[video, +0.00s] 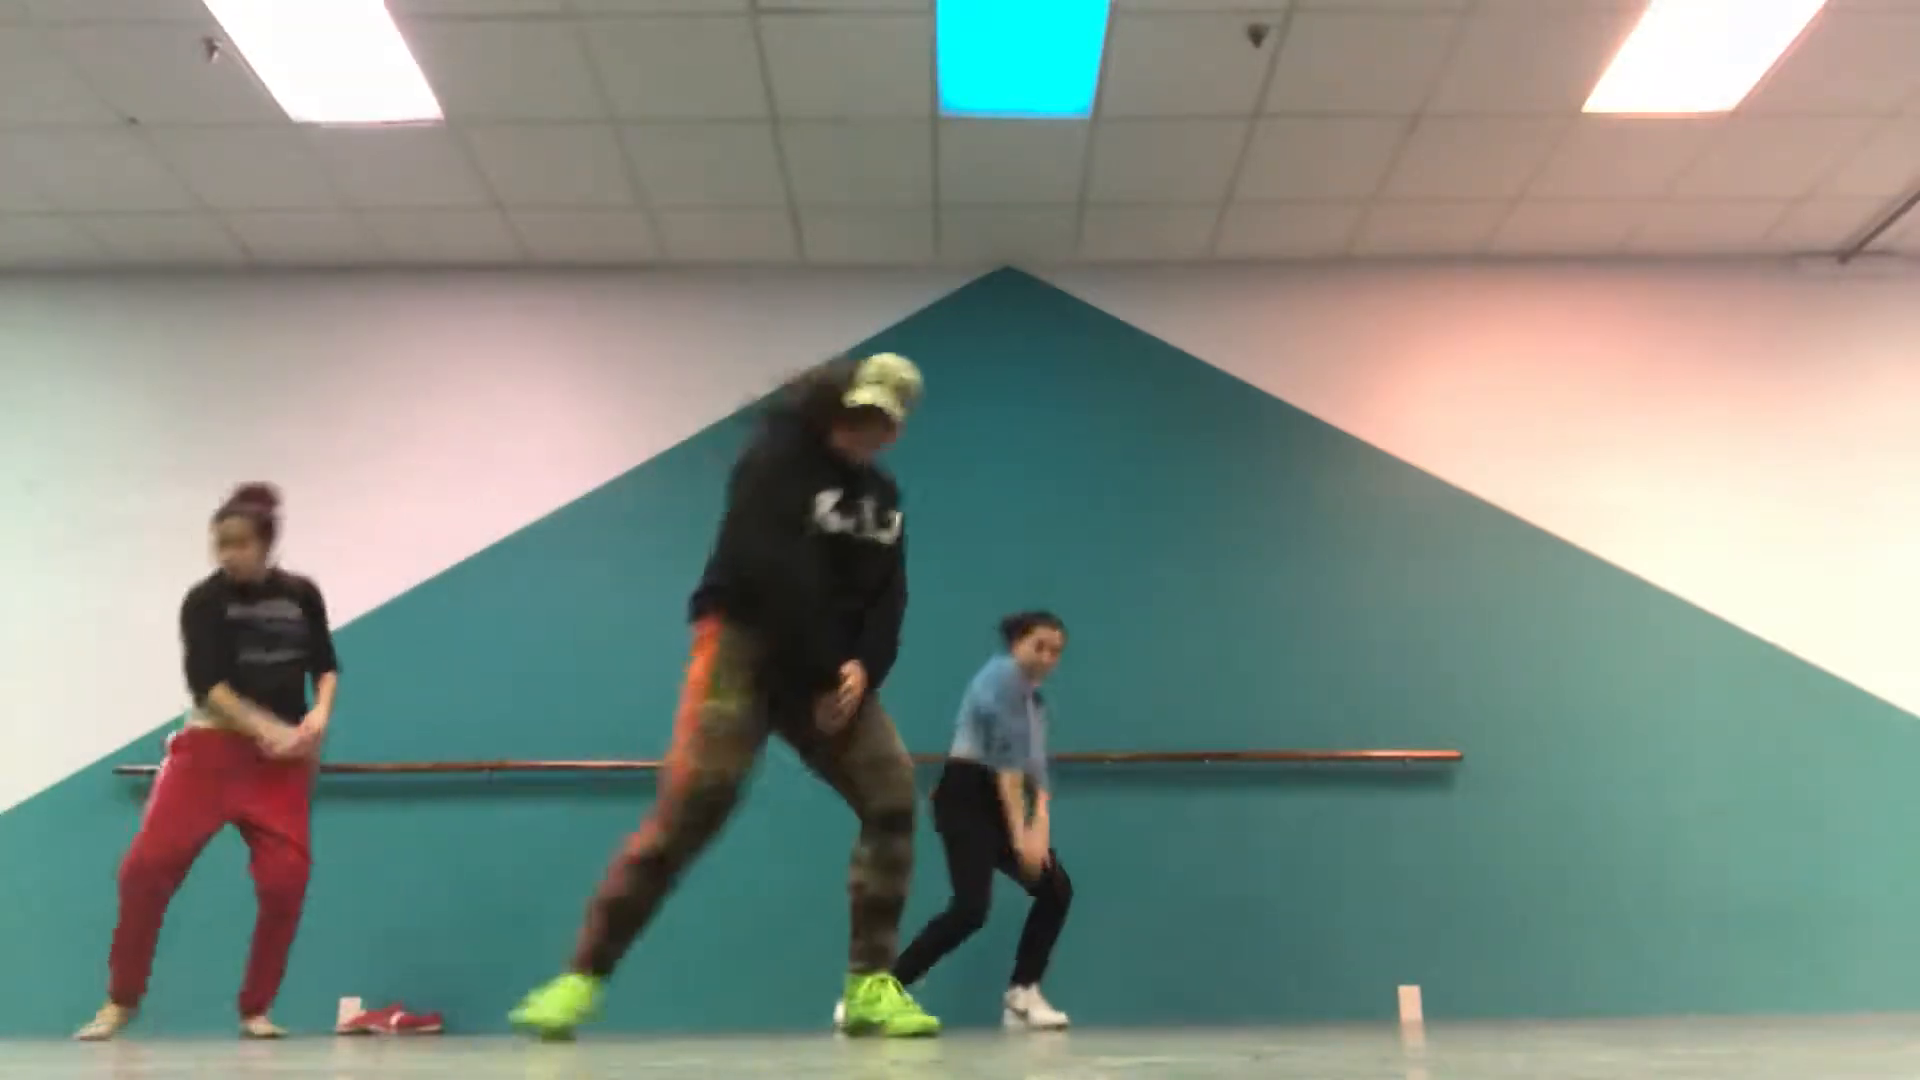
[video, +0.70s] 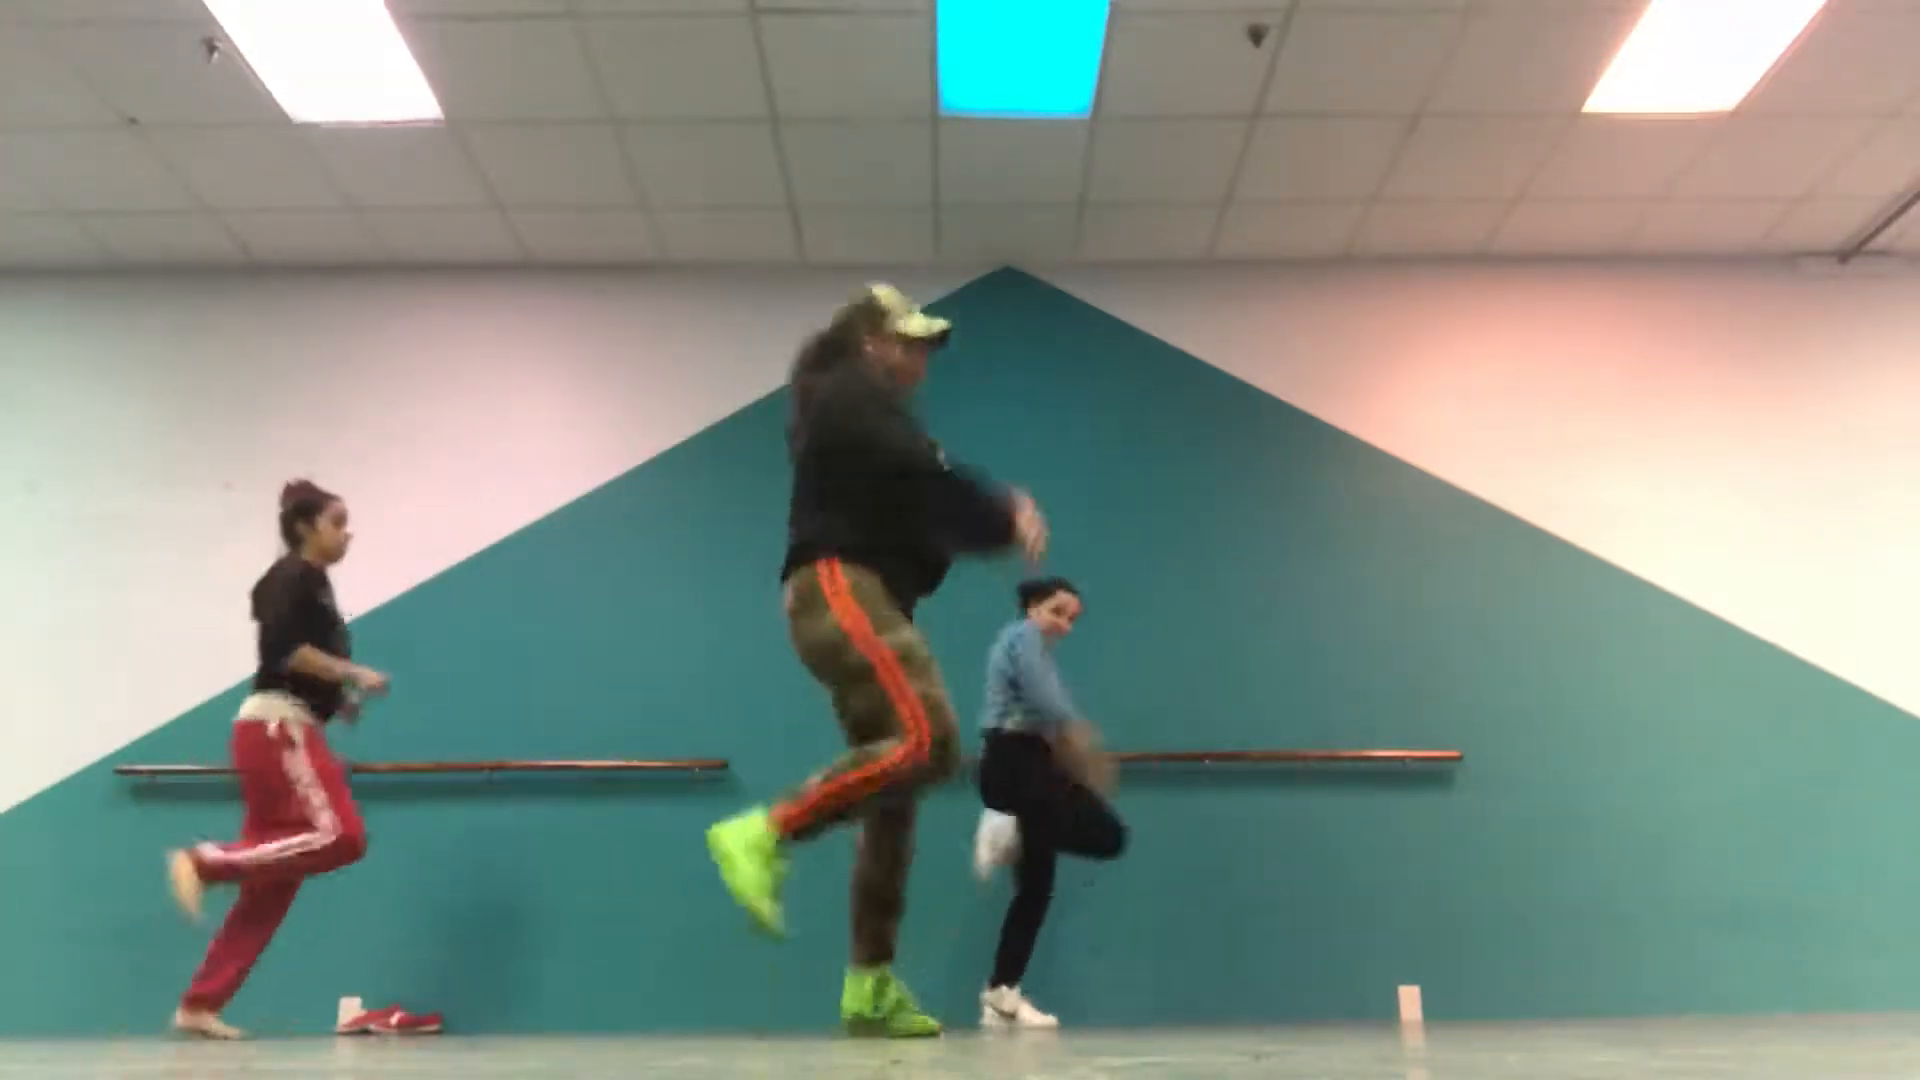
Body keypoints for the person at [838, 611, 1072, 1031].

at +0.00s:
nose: (1046, 658)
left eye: (1054, 652)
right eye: (1040, 647)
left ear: (1058, 657)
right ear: (1017, 644)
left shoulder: (1034, 700)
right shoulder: (1001, 680)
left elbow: (1040, 777)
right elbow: (1005, 770)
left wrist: (1039, 832)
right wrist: (1020, 836)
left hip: (1001, 796)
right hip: (964, 792)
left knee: (1056, 889)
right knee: (971, 908)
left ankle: (1023, 991)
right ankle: (881, 993)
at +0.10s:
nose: (1053, 606)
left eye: (1055, 598)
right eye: (1046, 595)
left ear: (1047, 604)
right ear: (1020, 596)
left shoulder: (1033, 647)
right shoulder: (1003, 636)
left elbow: (1043, 723)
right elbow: (1014, 720)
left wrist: (1053, 777)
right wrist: (1031, 785)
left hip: (1009, 752)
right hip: (976, 749)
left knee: (1033, 869)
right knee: (971, 867)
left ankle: (1023, 987)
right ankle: (906, 959)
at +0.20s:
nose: (1043, 563)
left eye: (1046, 558)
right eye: (1031, 558)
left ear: (1051, 575)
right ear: (1008, 573)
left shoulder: (1043, 628)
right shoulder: (1005, 617)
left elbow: (1059, 691)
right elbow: (1031, 690)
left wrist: (1080, 735)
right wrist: (1061, 741)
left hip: (1004, 727)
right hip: (974, 721)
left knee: (1015, 844)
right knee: (970, 840)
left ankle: (1030, 968)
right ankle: (930, 960)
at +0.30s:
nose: (1036, 567)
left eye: (1039, 562)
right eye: (1023, 562)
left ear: (1043, 580)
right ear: (1001, 580)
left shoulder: (1030, 624)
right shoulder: (1005, 612)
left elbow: (1068, 676)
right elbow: (1052, 661)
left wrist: (1109, 713)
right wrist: (1107, 706)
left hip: (1005, 738)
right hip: (979, 731)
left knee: (1019, 855)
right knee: (972, 847)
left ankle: (1014, 977)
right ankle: (934, 967)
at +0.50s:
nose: (1053, 603)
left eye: (1059, 597)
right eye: (1044, 592)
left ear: (1059, 604)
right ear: (1018, 593)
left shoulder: (1034, 634)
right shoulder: (1019, 626)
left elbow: (1062, 701)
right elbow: (1060, 690)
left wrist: (1096, 739)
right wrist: (1105, 744)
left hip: (1010, 749)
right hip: (993, 747)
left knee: (1027, 871)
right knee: (1020, 869)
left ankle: (1005, 987)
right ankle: (945, 964)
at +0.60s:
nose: (1065, 624)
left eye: (1071, 618)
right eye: (1059, 612)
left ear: (1070, 621)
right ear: (1034, 605)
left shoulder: (1040, 654)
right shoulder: (1021, 638)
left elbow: (1040, 721)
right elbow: (1033, 709)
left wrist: (1059, 770)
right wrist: (1060, 769)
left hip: (1013, 754)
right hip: (1009, 751)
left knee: (1031, 867)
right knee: (1073, 854)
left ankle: (1002, 988)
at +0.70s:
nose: (1065, 625)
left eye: (1071, 620)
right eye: (1060, 613)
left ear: (1068, 622)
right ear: (1036, 607)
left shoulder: (1022, 643)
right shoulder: (1023, 635)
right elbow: (1040, 689)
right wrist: (1073, 727)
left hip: (1016, 761)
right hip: (1017, 758)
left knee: (1037, 881)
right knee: (1108, 837)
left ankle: (1003, 988)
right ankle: (1013, 835)